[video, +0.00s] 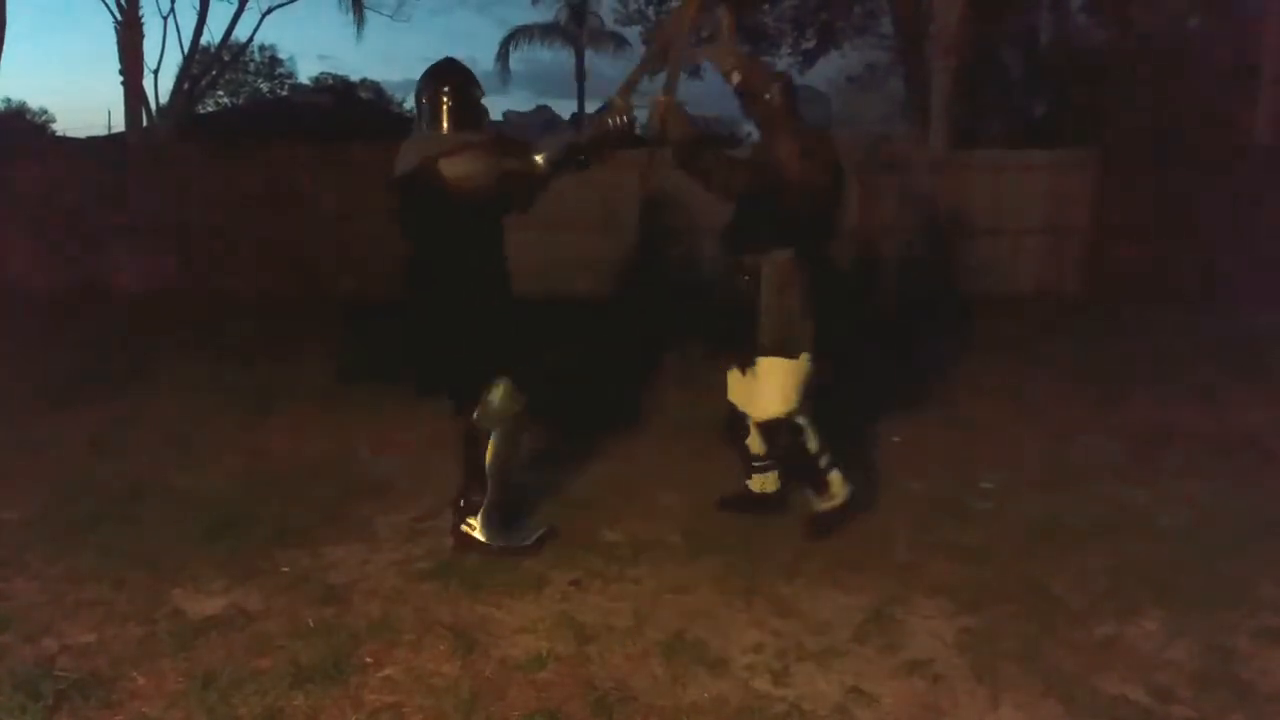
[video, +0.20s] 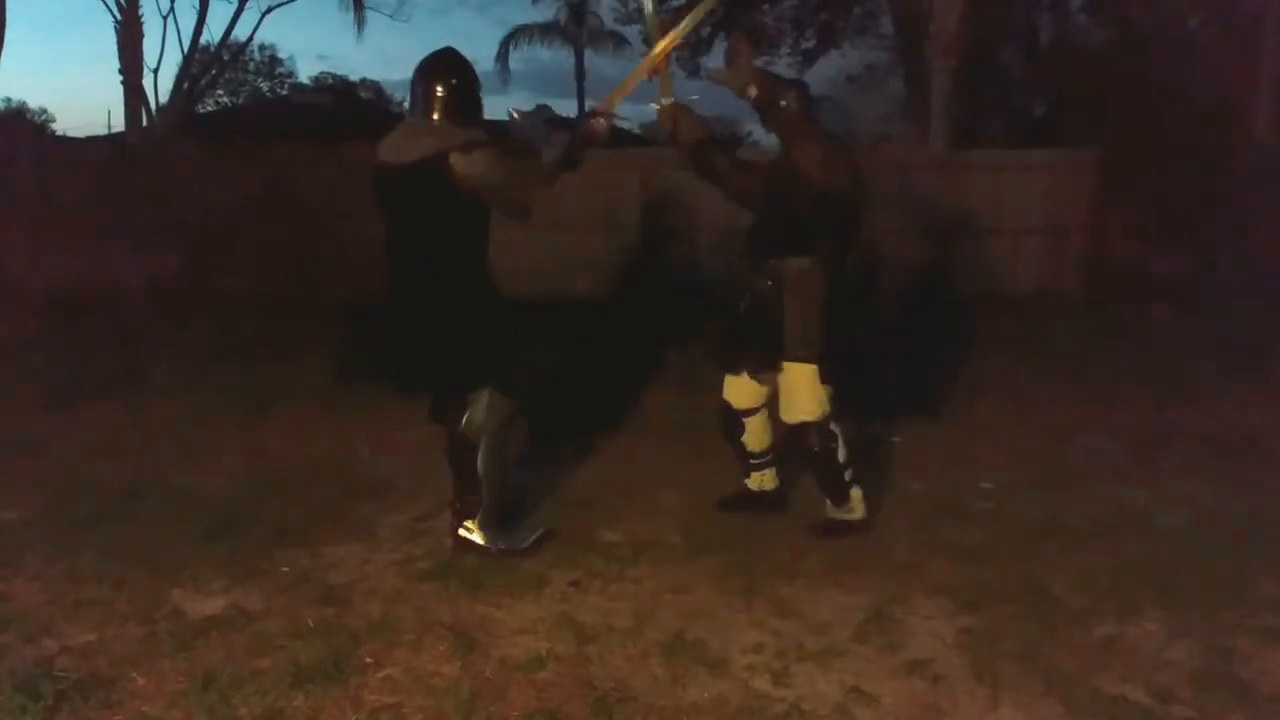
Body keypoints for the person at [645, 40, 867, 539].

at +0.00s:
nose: (759, 108)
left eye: (767, 98)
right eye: (754, 101)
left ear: (786, 100)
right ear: (752, 108)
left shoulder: (808, 150)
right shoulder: (762, 159)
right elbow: (719, 174)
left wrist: (734, 66)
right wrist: (681, 136)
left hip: (790, 277)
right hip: (749, 276)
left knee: (776, 397)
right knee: (746, 391)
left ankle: (832, 492)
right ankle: (762, 487)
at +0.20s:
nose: (769, 115)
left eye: (774, 105)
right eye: (770, 107)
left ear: (794, 107)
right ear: (782, 113)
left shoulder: (824, 161)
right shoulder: (787, 164)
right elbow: (742, 186)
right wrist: (692, 141)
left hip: (809, 280)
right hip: (767, 280)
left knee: (802, 401)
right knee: (744, 390)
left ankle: (847, 506)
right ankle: (763, 488)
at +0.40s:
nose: (793, 122)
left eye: (801, 113)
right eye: (790, 116)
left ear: (821, 116)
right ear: (794, 124)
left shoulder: (839, 168)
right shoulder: (794, 172)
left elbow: (809, 133)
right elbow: (743, 186)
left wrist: (769, 98)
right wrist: (691, 149)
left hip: (821, 290)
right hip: (776, 289)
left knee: (807, 410)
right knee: (724, 378)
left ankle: (850, 508)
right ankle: (754, 463)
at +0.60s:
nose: (782, 128)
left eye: (793, 122)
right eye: (781, 122)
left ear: (815, 129)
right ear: (788, 131)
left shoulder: (824, 174)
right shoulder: (780, 175)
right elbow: (729, 187)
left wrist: (766, 100)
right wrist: (672, 163)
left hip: (794, 287)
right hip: (751, 284)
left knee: (799, 403)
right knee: (734, 385)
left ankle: (849, 505)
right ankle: (727, 461)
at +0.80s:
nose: (762, 136)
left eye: (773, 130)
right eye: (761, 129)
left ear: (796, 138)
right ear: (760, 135)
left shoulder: (802, 178)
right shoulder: (744, 174)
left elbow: (779, 154)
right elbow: (701, 174)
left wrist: (742, 123)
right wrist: (654, 157)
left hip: (777, 291)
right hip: (729, 286)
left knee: (769, 389)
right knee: (718, 380)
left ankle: (819, 488)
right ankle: (727, 459)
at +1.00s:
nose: (743, 145)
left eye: (760, 138)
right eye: (741, 138)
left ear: (783, 140)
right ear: (736, 140)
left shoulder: (790, 179)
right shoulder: (726, 173)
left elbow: (791, 152)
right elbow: (682, 174)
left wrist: (748, 125)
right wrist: (636, 152)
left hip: (757, 292)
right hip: (712, 288)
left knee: (738, 390)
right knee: (712, 386)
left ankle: (736, 484)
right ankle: (721, 457)